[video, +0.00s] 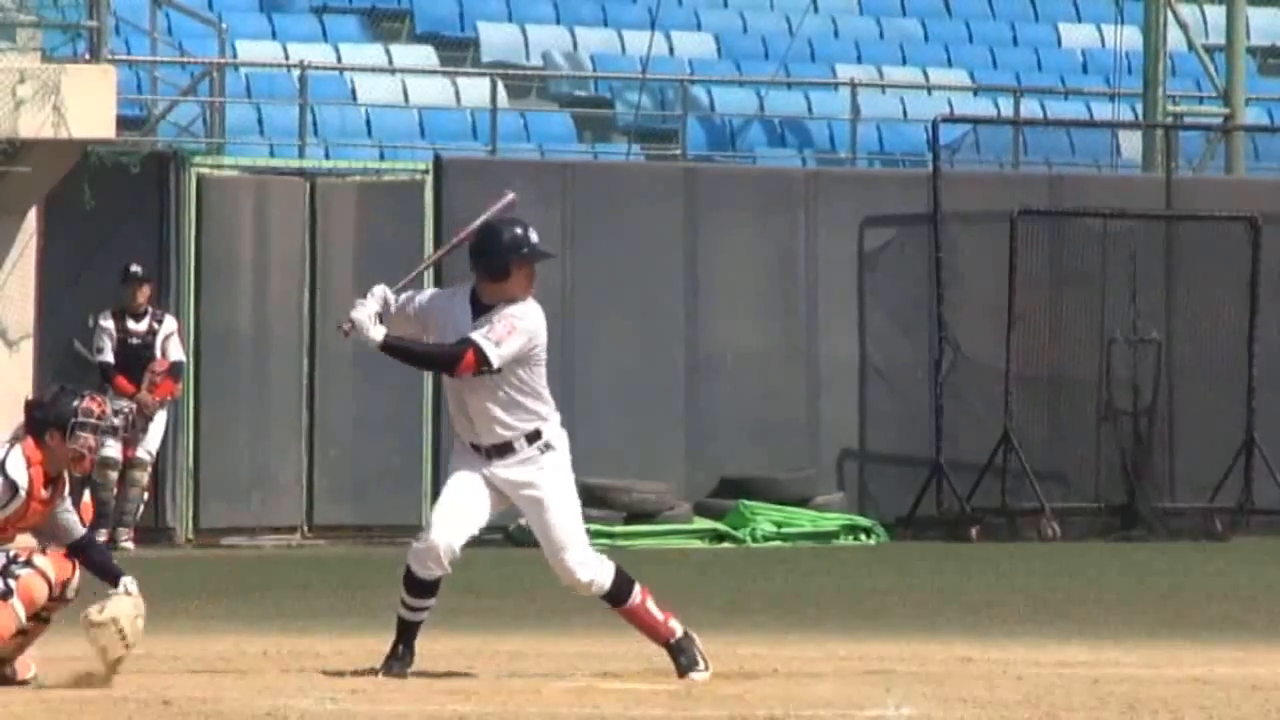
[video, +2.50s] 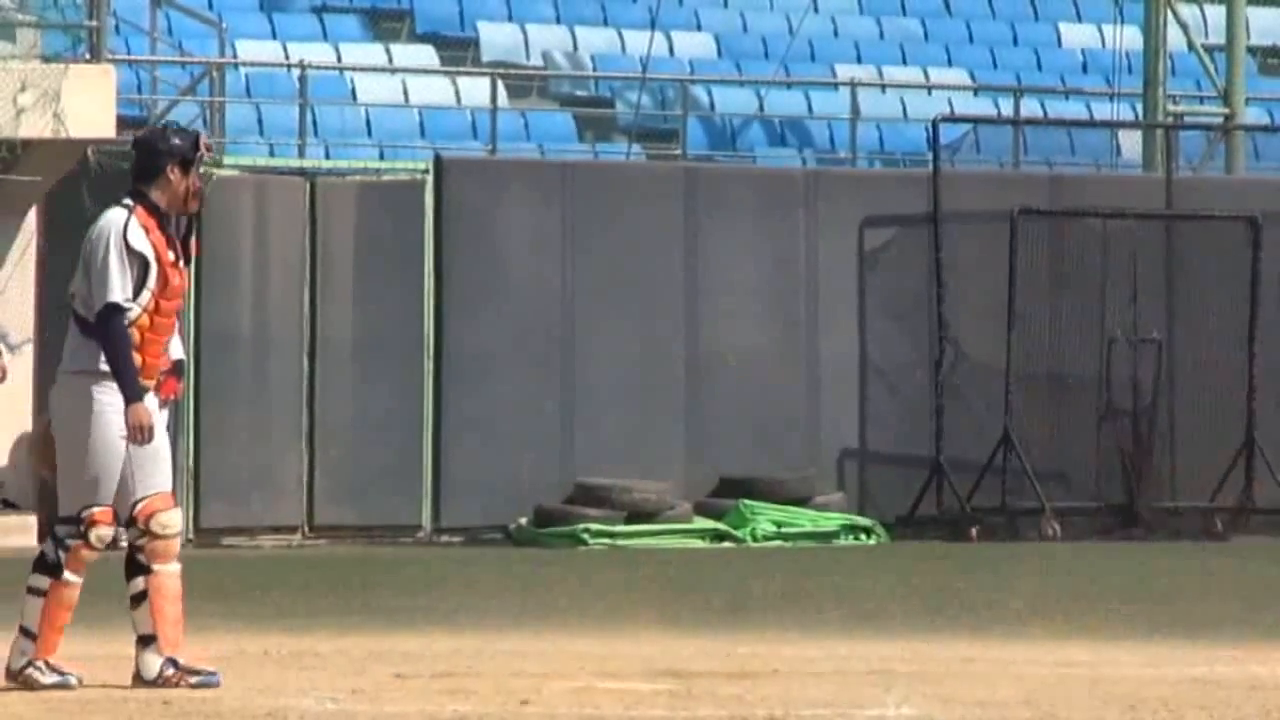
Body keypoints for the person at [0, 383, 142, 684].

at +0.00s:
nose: (91, 443)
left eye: (93, 434)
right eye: (82, 434)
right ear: (52, 437)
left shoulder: (52, 477)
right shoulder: (11, 475)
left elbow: (79, 540)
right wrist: (13, 549)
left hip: (5, 557)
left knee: (62, 572)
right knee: (33, 582)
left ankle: (5, 660)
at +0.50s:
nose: (97, 412)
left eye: (98, 403)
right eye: (87, 404)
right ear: (59, 410)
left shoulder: (80, 464)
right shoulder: (14, 446)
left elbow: (129, 518)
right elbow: (1, 495)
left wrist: (217, 519)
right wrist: (17, 499)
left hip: (11, 594)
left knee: (120, 662)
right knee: (34, 553)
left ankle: (13, 667)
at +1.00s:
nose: (80, 312)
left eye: (80, 302)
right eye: (74, 302)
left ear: (50, 307)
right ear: (52, 307)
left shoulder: (45, 356)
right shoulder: (14, 354)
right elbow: (35, 444)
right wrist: (101, 489)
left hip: (8, 509)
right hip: (3, 509)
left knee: (84, 586)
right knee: (25, 566)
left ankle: (9, 653)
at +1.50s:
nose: (112, 224)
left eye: (112, 214)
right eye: (106, 213)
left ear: (82, 215)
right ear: (82, 214)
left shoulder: (62, 265)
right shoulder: (36, 256)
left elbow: (32, 353)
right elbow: (3, 335)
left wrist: (55, 418)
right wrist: (13, 406)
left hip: (16, 418)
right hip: (3, 419)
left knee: (20, 535)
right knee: (55, 516)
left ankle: (17, 651)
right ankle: (35, 656)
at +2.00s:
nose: (130, 194)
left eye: (131, 184)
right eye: (124, 183)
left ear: (104, 183)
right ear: (98, 182)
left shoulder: (94, 240)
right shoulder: (47, 239)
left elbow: (83, 331)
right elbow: (29, 330)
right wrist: (58, 409)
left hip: (68, 391)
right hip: (26, 392)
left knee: (101, 517)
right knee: (59, 520)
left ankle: (54, 638)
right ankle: (25, 655)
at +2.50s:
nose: (198, 184)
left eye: (198, 173)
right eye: (193, 173)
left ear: (166, 175)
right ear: (168, 174)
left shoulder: (160, 233)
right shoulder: (117, 227)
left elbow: (153, 311)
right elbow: (110, 317)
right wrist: (134, 397)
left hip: (144, 391)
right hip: (96, 388)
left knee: (160, 526)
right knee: (88, 527)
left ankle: (159, 660)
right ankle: (32, 657)